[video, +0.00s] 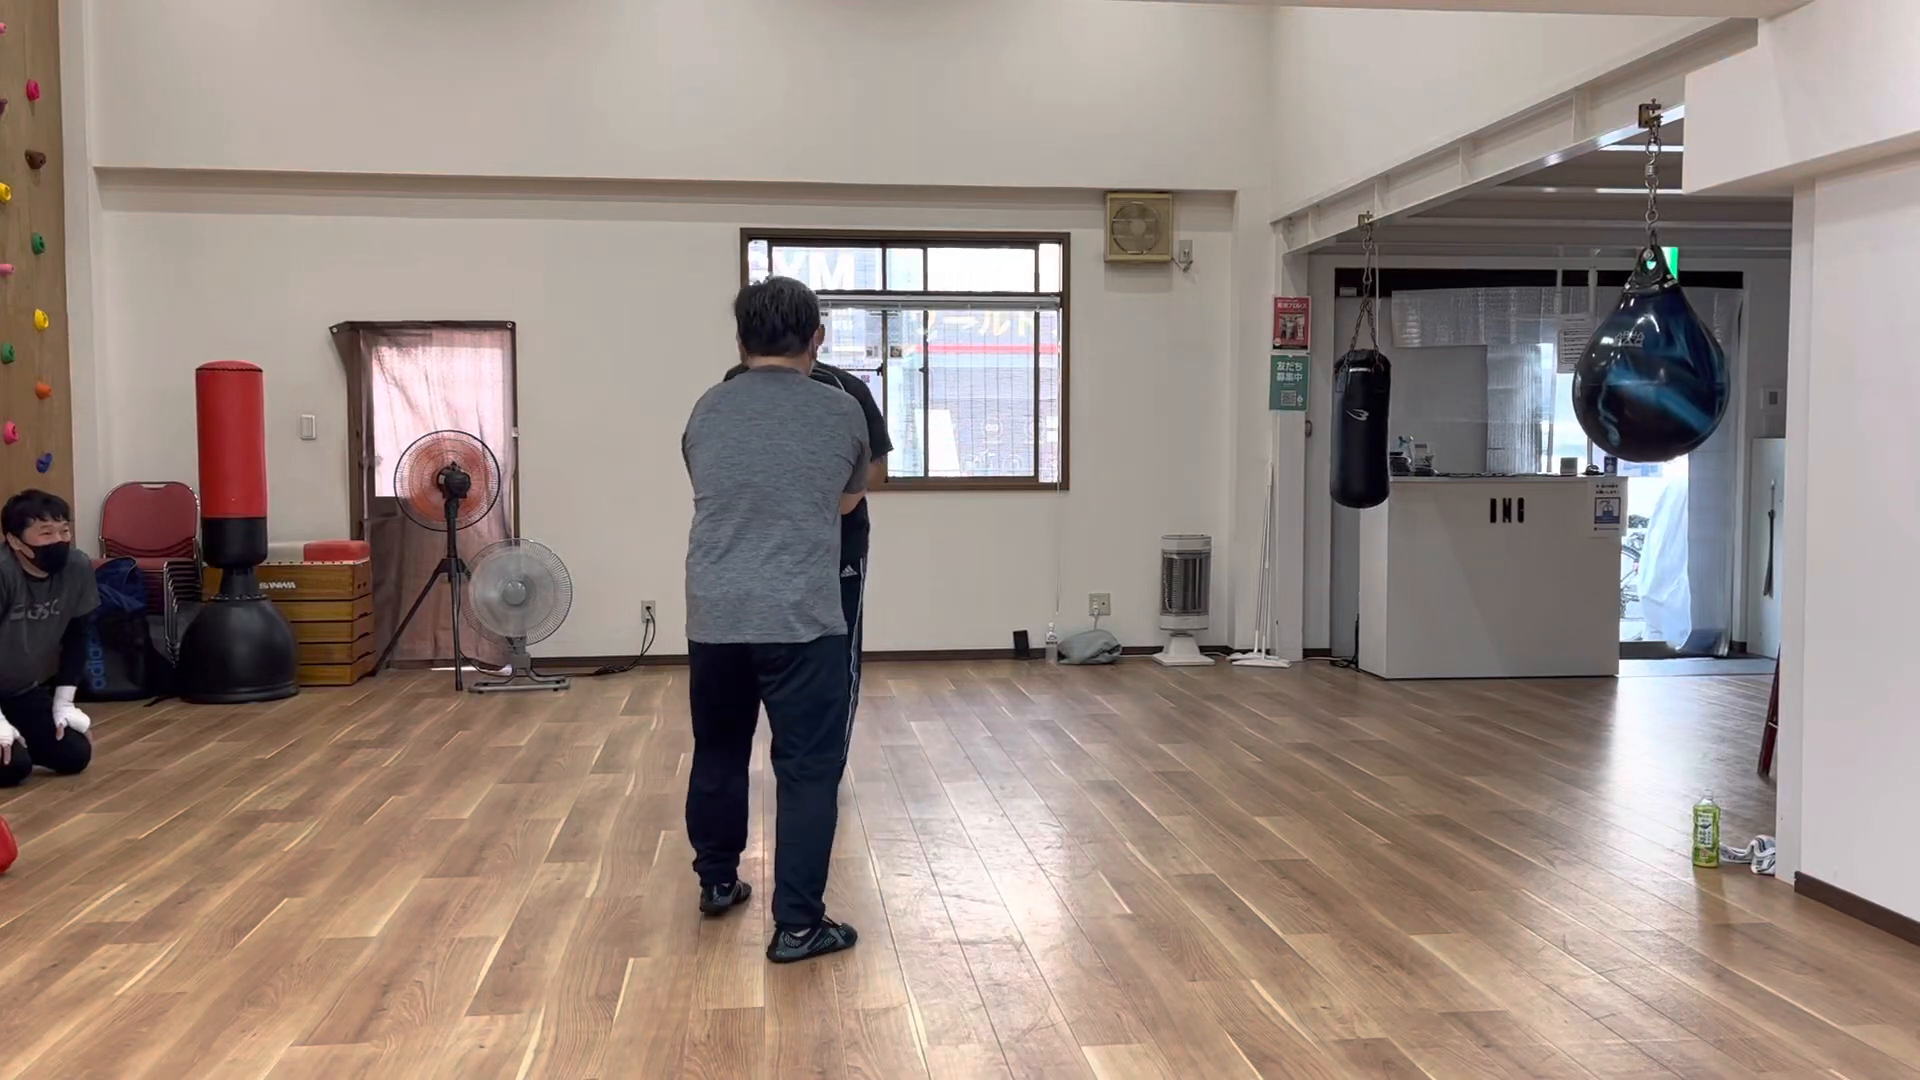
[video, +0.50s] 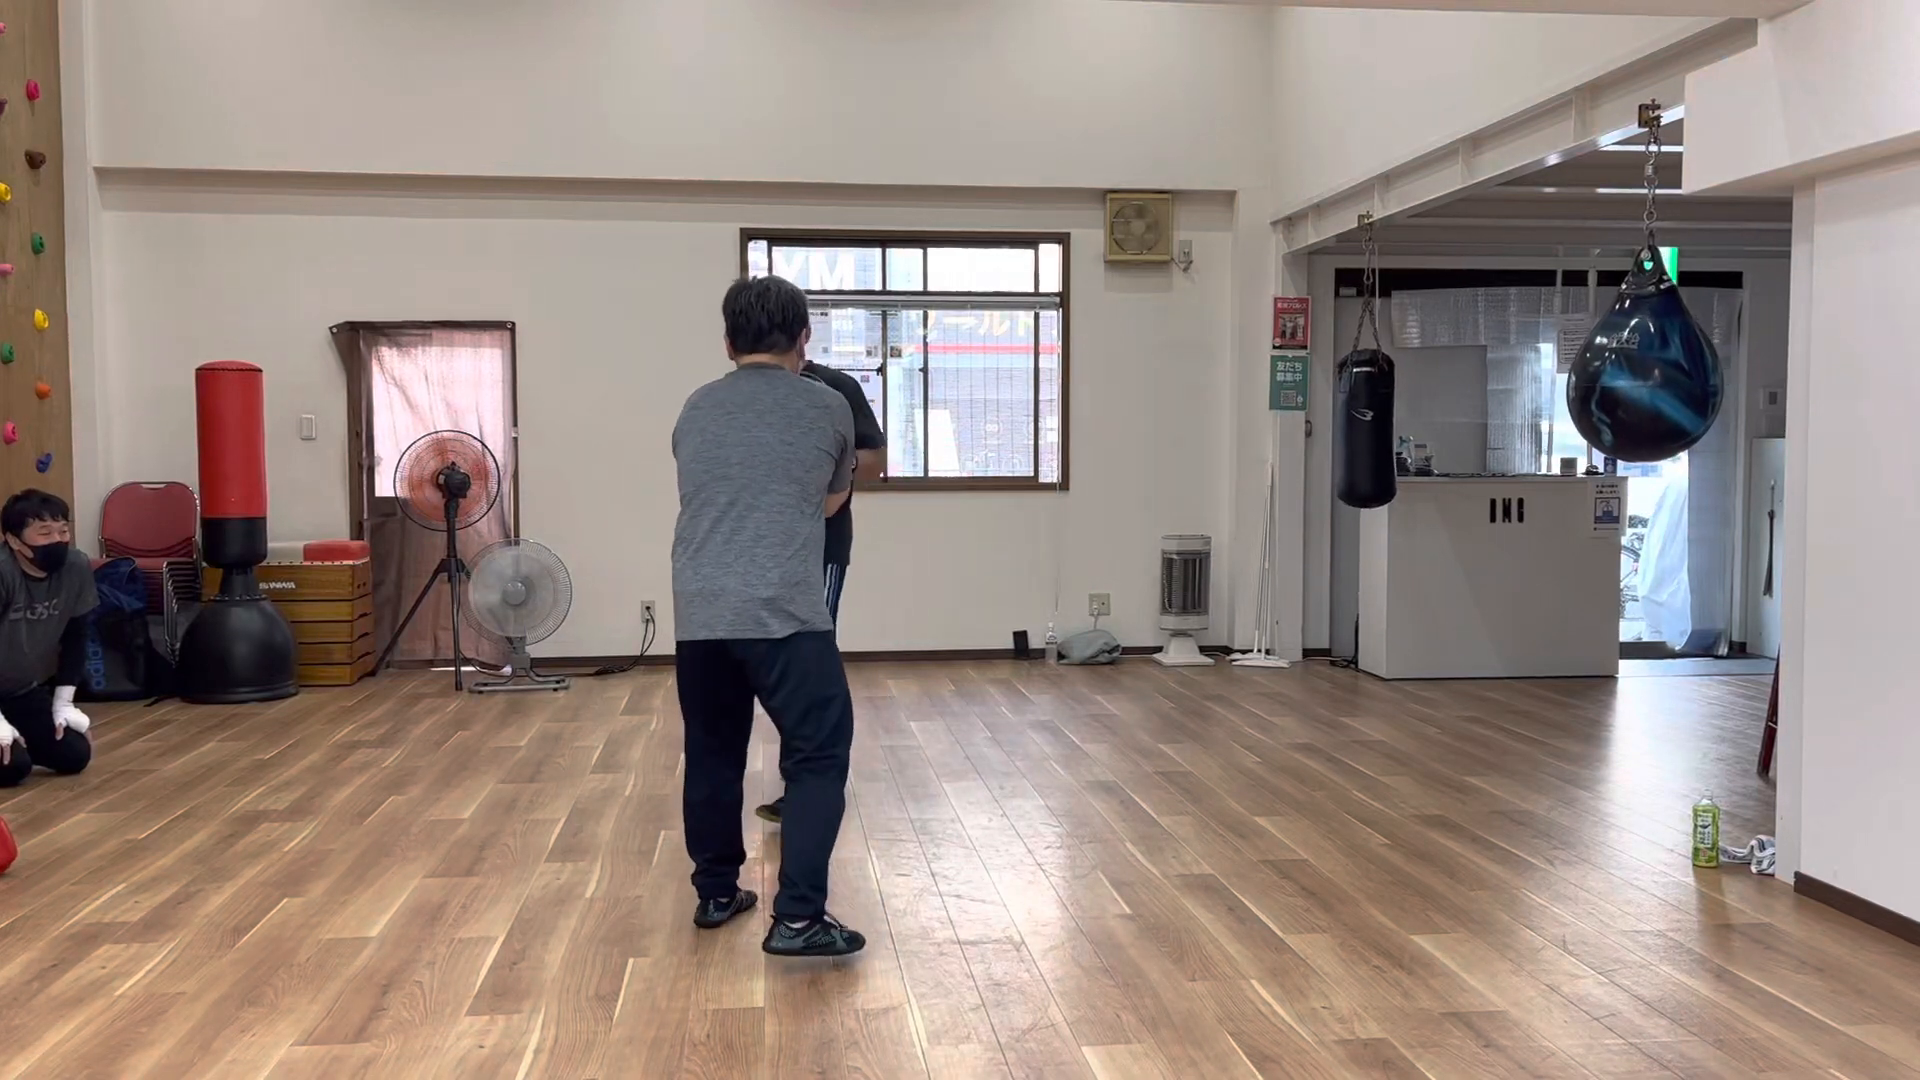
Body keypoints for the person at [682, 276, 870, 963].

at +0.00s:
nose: (821, 343)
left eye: (818, 334)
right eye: (819, 334)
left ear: (742, 338)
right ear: (812, 338)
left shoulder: (709, 405)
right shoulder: (838, 406)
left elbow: (707, 484)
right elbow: (852, 493)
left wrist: (807, 492)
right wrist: (773, 494)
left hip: (712, 618)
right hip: (803, 620)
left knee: (718, 748)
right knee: (808, 767)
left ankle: (717, 880)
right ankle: (796, 923)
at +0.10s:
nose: (819, 341)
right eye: (818, 331)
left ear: (743, 335)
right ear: (814, 336)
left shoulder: (710, 402)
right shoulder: (841, 404)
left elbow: (711, 482)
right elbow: (861, 480)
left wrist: (829, 491)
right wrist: (786, 487)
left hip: (714, 618)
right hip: (805, 620)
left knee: (720, 748)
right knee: (809, 767)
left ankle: (716, 879)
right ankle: (796, 924)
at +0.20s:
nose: (817, 336)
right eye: (815, 327)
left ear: (740, 333)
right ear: (810, 333)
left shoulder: (706, 402)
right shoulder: (836, 404)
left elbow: (711, 483)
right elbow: (851, 494)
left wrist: (811, 485)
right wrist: (772, 488)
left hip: (712, 620)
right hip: (801, 621)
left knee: (722, 752)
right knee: (808, 768)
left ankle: (716, 889)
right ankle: (796, 924)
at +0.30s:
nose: (812, 337)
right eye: (811, 327)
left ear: (736, 332)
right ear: (805, 332)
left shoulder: (701, 403)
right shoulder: (831, 402)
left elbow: (705, 483)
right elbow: (849, 493)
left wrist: (801, 484)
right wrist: (769, 488)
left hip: (708, 618)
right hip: (796, 617)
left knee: (720, 755)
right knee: (810, 764)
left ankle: (715, 893)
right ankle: (798, 922)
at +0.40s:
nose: (809, 342)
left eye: (807, 331)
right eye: (808, 331)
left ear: (732, 335)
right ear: (800, 335)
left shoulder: (697, 402)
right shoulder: (827, 399)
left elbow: (702, 486)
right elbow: (836, 496)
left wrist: (795, 481)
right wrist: (758, 484)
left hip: (698, 614)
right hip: (787, 612)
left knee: (713, 750)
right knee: (817, 758)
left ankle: (714, 892)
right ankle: (805, 916)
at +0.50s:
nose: (807, 345)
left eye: (804, 335)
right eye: (806, 334)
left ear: (730, 338)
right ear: (799, 337)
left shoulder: (696, 405)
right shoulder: (827, 404)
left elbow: (700, 488)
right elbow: (831, 500)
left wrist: (790, 495)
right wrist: (755, 497)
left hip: (697, 615)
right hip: (785, 614)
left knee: (711, 752)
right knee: (817, 755)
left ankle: (714, 892)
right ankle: (798, 916)